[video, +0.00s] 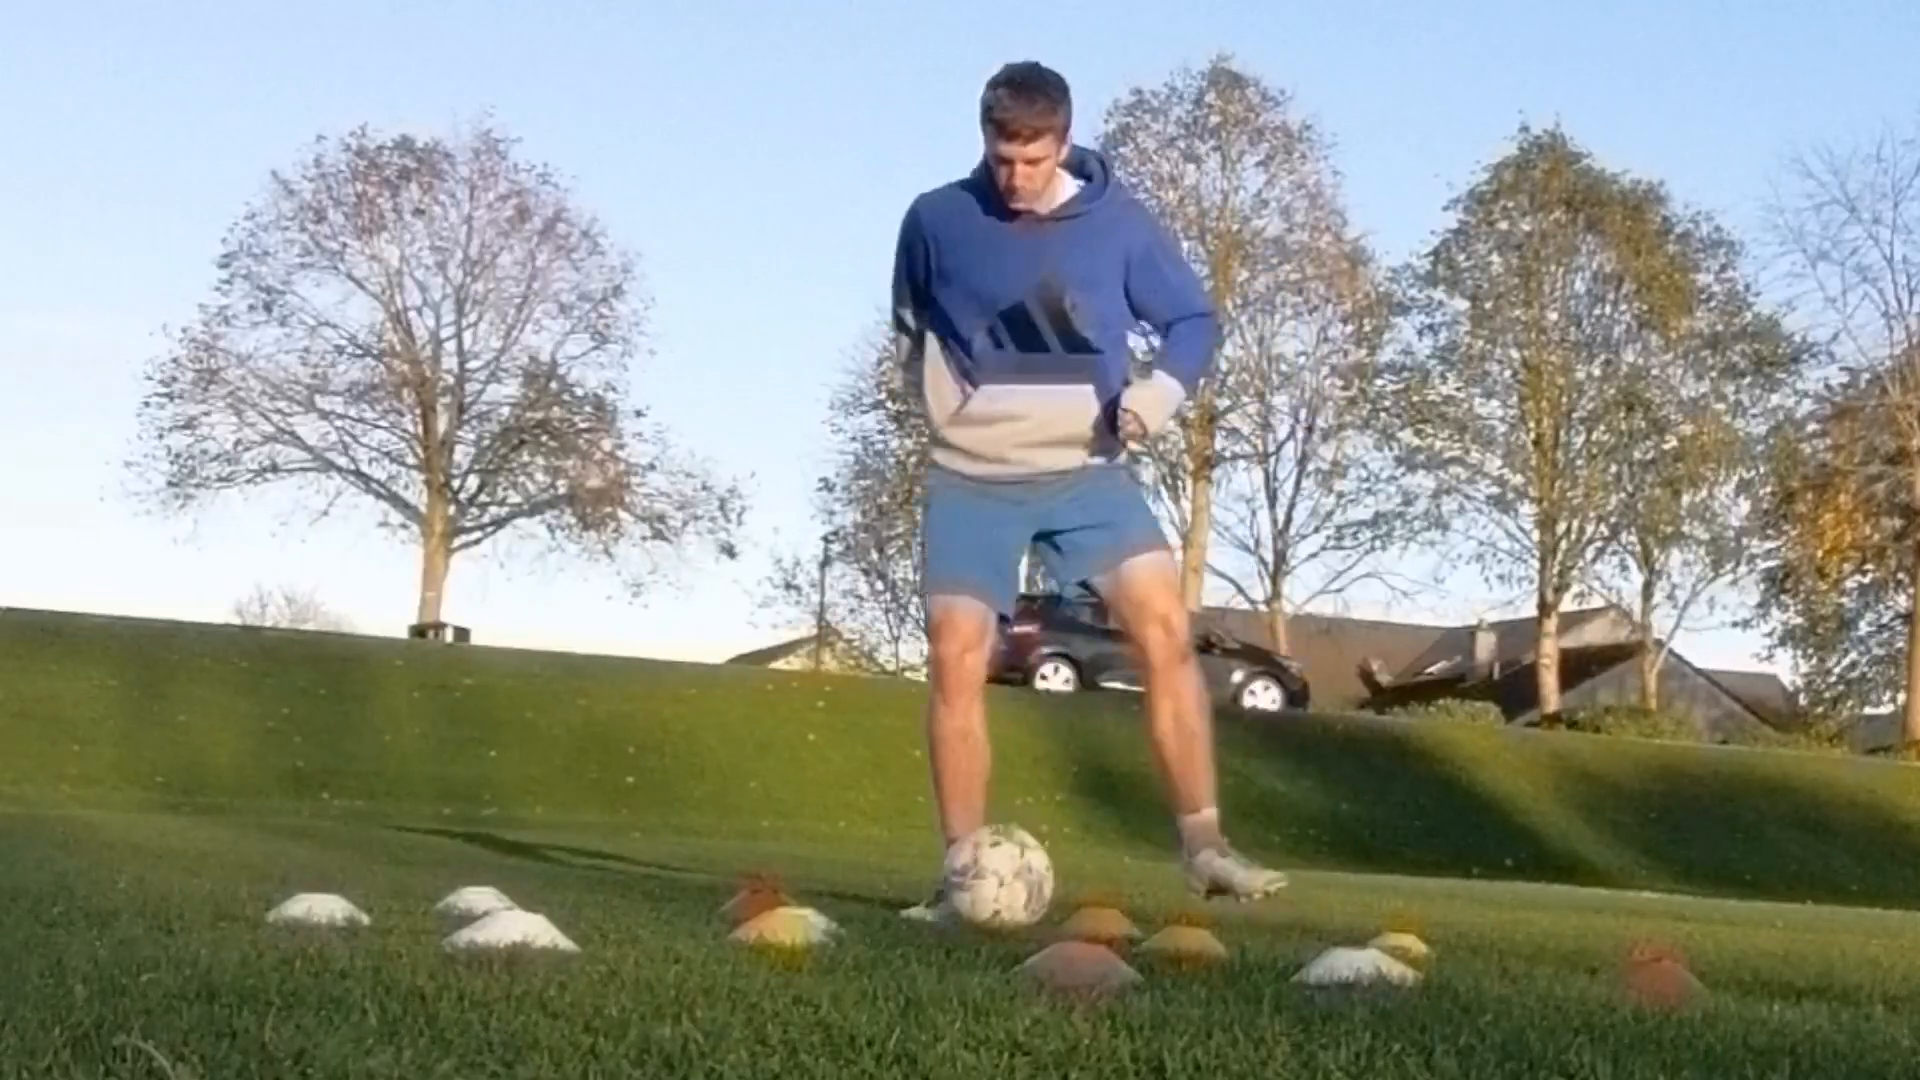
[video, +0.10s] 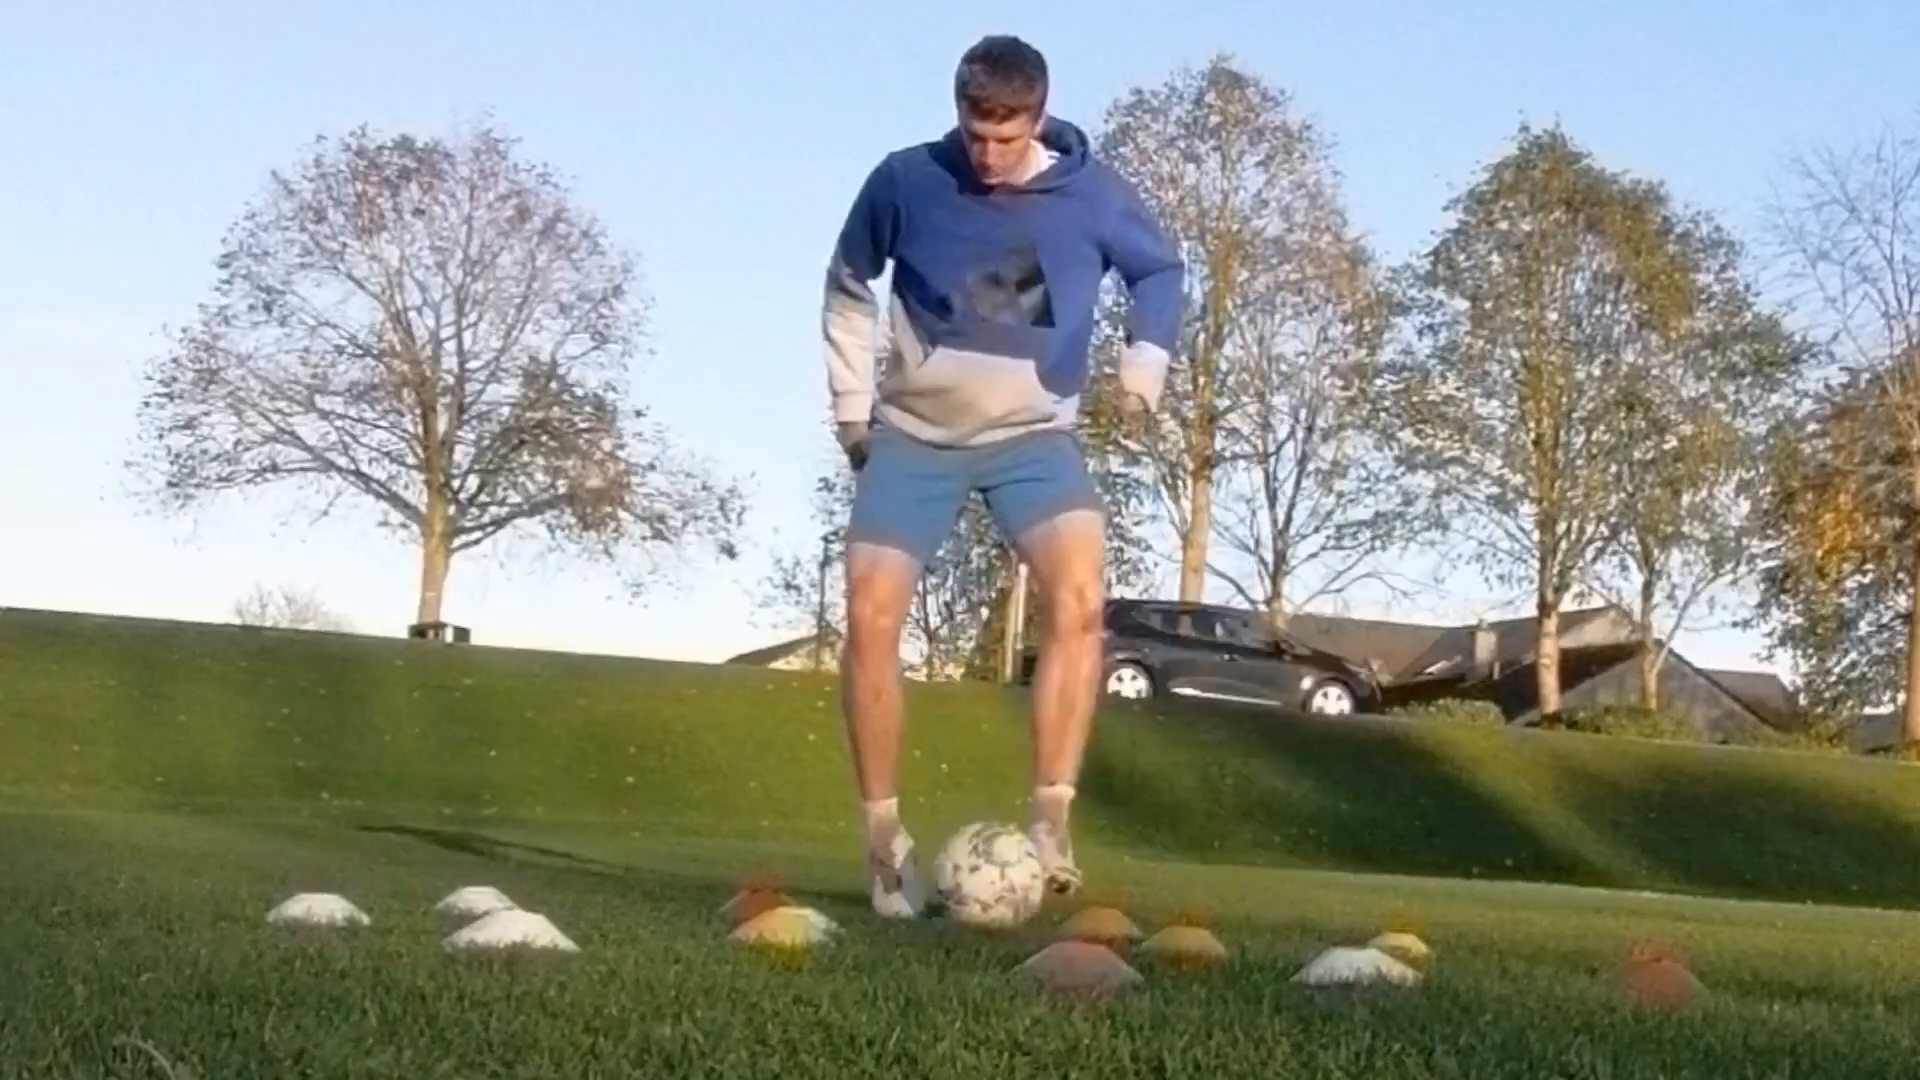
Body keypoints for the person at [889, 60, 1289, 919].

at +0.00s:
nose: (1019, 164)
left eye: (1036, 148)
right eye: (1005, 147)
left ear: (1064, 135)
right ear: (985, 132)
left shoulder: (1121, 220)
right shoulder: (935, 220)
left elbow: (1194, 319)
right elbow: (912, 325)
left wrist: (1163, 390)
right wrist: (944, 405)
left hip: (1094, 481)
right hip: (971, 486)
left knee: (1165, 632)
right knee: (955, 655)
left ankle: (1205, 847)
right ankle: (963, 874)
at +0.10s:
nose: (990, 146)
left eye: (1008, 131)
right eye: (978, 128)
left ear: (1039, 113)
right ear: (958, 107)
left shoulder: (1091, 190)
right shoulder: (904, 180)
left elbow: (1159, 269)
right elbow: (849, 290)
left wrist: (1147, 361)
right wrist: (852, 409)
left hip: (1036, 440)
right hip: (913, 437)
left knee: (1079, 602)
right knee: (870, 616)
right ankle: (882, 837)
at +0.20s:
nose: (945, 151)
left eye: (963, 136)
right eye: (932, 134)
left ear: (995, 114)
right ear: (912, 111)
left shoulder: (1045, 191)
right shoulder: (860, 182)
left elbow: (1085, 288)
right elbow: (794, 297)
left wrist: (1094, 362)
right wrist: (773, 411)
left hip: (987, 454)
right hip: (863, 441)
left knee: (990, 650)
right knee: (772, 586)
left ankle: (965, 867)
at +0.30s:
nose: (881, 167)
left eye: (901, 150)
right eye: (868, 147)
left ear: (933, 129)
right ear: (851, 124)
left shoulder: (987, 219)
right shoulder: (810, 198)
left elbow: (1057, 331)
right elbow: (756, 333)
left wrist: (1035, 371)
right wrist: (728, 453)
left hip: (916, 490)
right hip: (797, 464)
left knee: (930, 688)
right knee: (671, 577)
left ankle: (944, 883)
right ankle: (598, 806)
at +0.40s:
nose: (809, 138)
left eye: (829, 120)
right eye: (797, 118)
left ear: (863, 110)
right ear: (779, 107)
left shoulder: (912, 205)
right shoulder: (744, 178)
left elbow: (1015, 314)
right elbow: (703, 285)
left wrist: (946, 283)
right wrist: (675, 399)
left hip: (826, 482)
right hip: (707, 442)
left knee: (865, 684)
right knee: (574, 555)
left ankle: (923, 858)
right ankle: (529, 797)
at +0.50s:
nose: (706, 141)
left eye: (726, 123)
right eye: (694, 121)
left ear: (762, 114)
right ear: (677, 109)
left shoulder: (824, 201)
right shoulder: (645, 184)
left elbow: (931, 294)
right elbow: (607, 266)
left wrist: (853, 270)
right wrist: (575, 374)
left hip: (760, 483)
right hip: (636, 452)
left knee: (785, 676)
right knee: (522, 619)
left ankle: (770, 821)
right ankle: (425, 836)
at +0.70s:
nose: (622, 127)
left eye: (641, 107)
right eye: (605, 106)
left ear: (674, 93)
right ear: (584, 95)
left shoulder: (745, 185)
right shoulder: (540, 183)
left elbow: (837, 257)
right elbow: (440, 290)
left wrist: (855, 305)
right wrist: (369, 405)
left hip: (676, 465)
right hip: (547, 451)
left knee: (667, 605)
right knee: (453, 637)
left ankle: (571, 812)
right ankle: (417, 853)